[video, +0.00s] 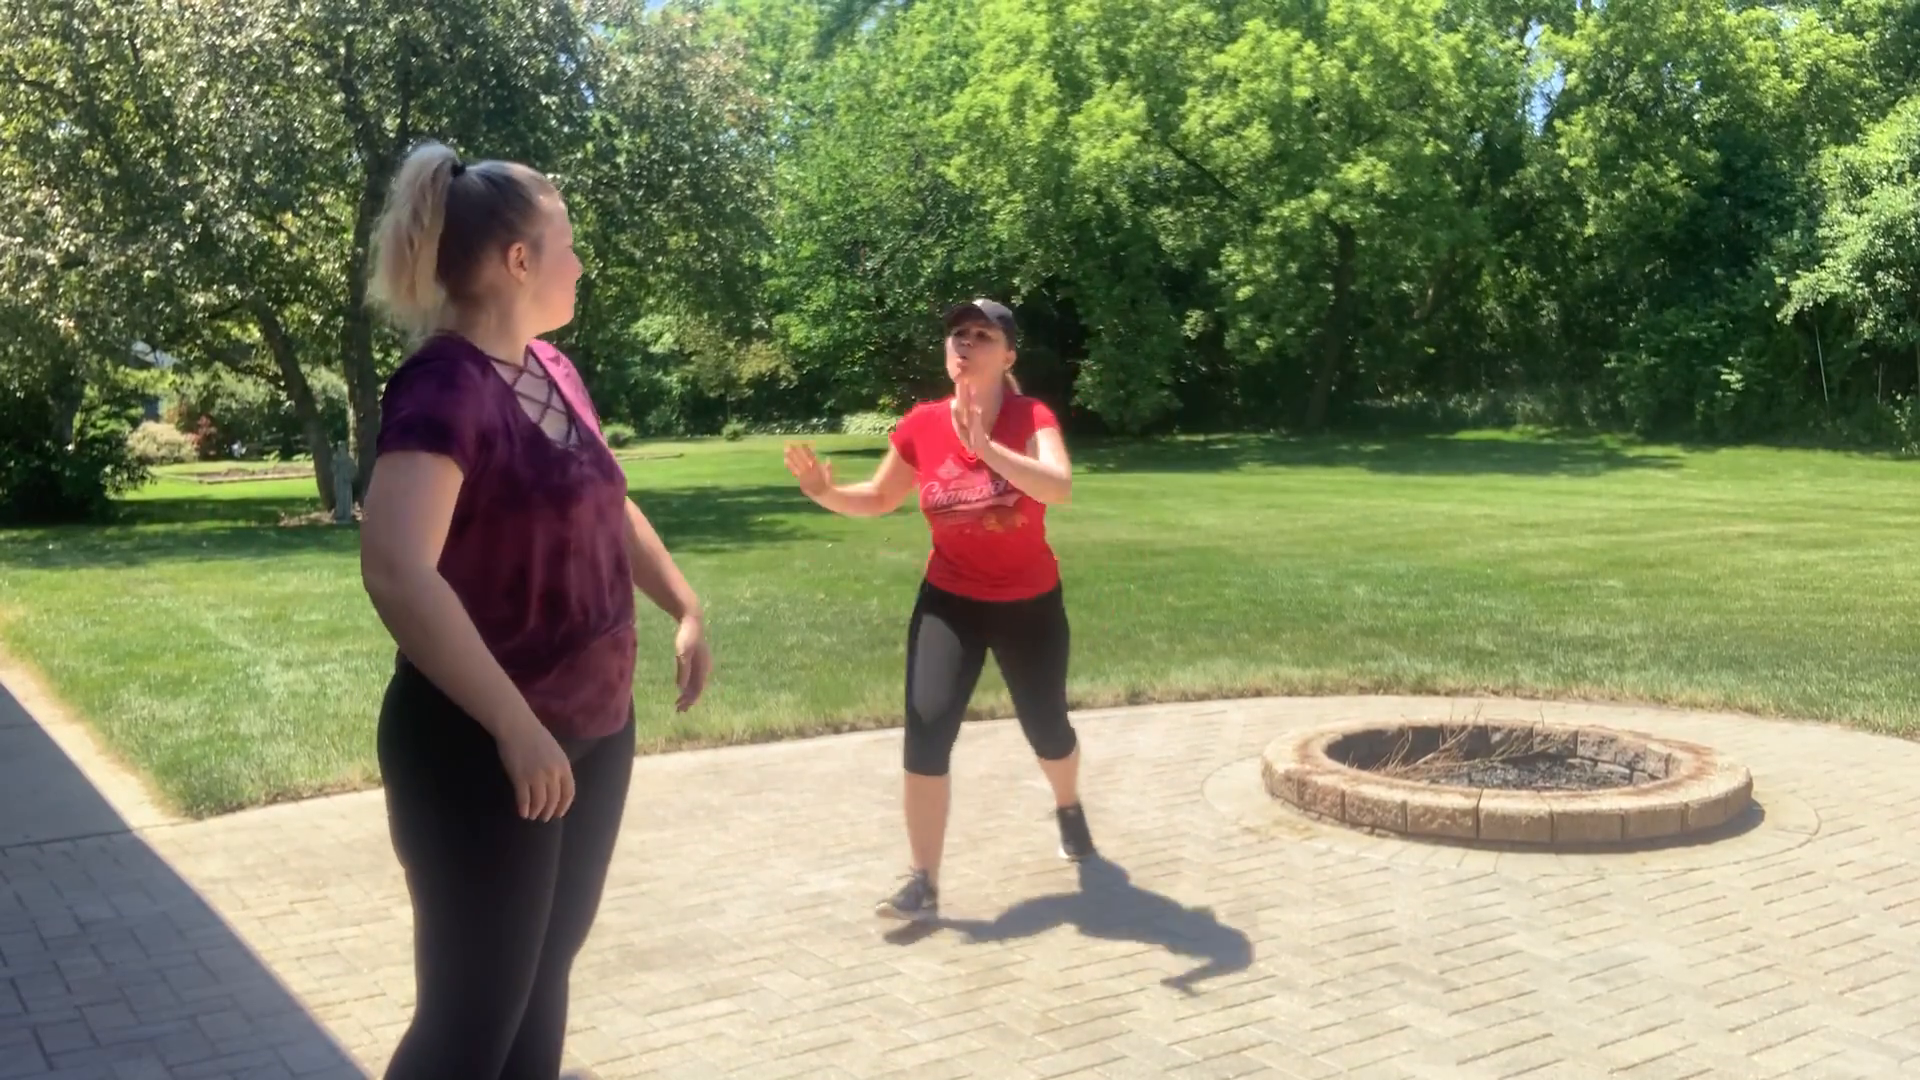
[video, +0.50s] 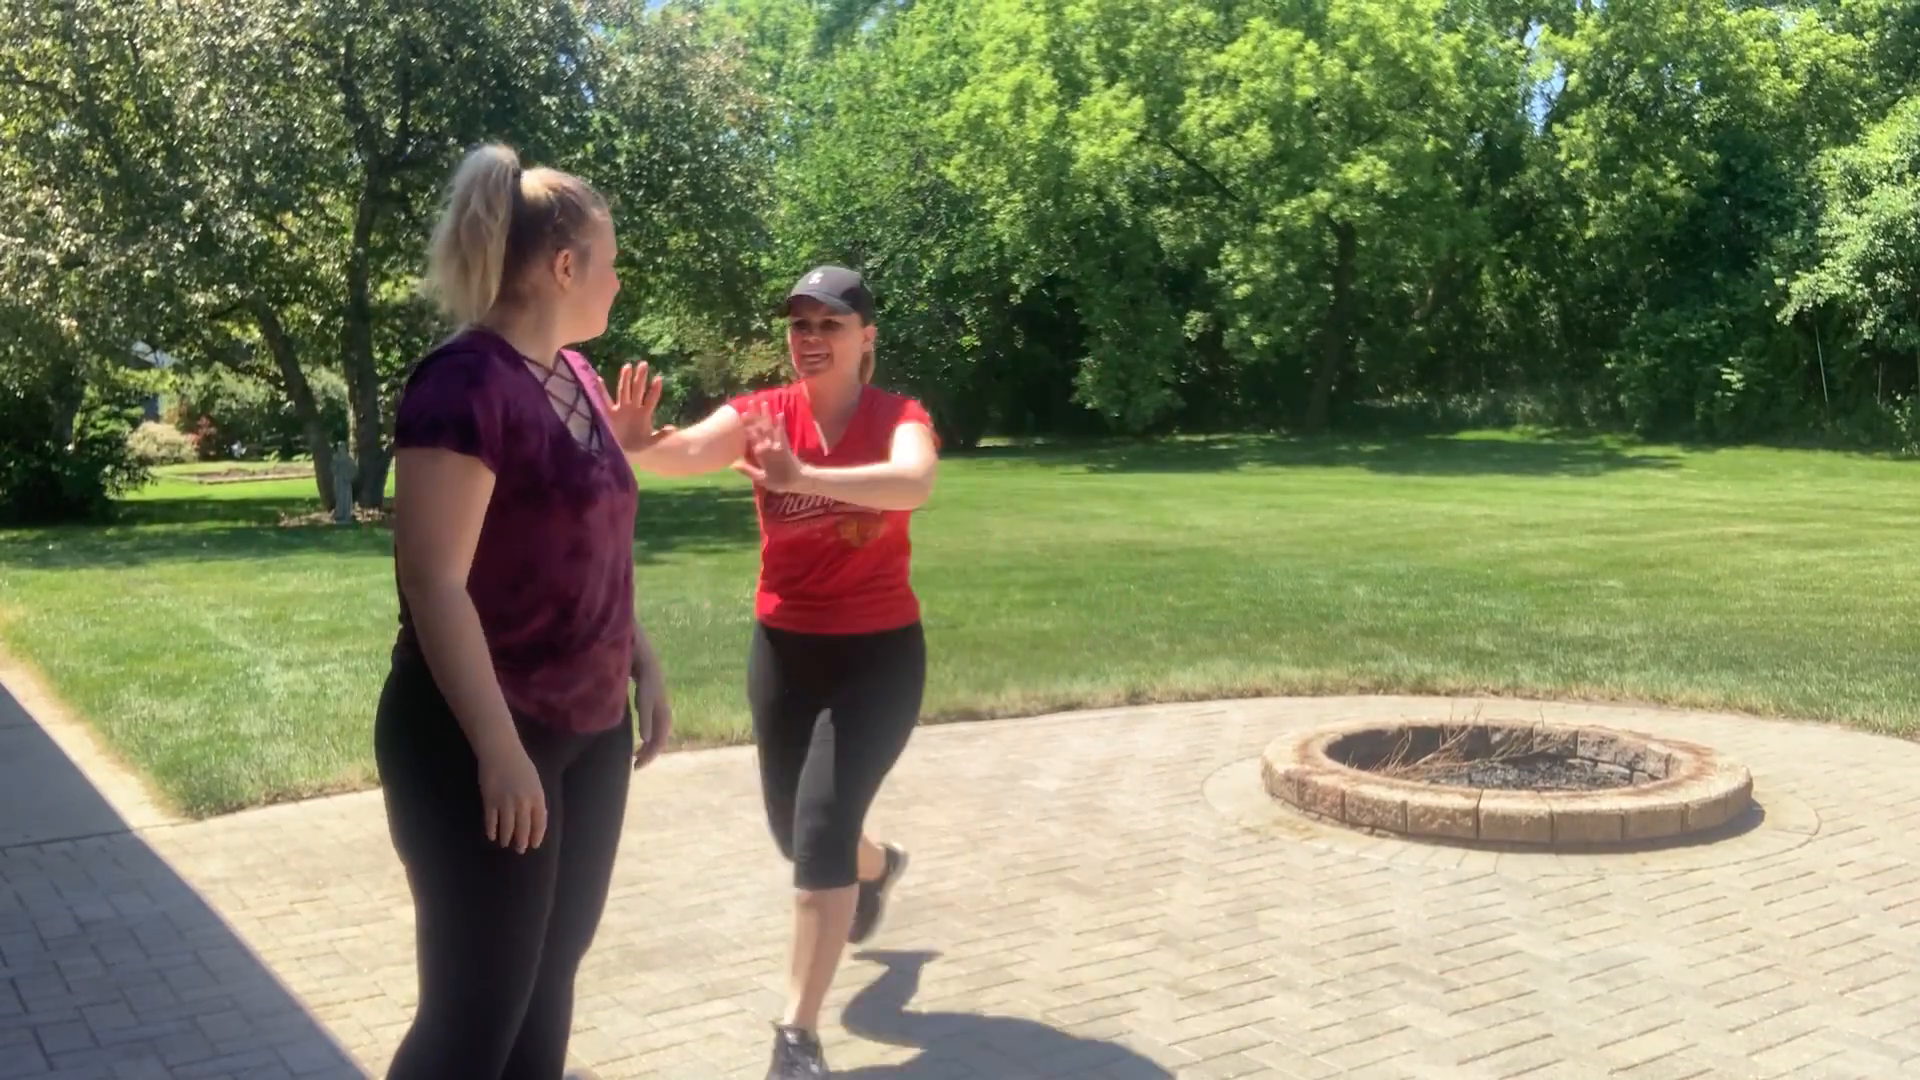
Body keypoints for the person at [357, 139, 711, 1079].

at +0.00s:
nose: (579, 259)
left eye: (572, 240)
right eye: (565, 242)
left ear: (514, 262)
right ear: (517, 261)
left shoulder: (553, 365)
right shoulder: (447, 384)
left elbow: (607, 504)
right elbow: (395, 566)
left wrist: (685, 604)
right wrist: (519, 726)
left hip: (588, 732)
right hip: (482, 744)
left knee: (542, 991)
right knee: (468, 1024)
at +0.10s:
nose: (587, 268)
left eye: (582, 248)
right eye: (576, 250)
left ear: (525, 263)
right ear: (529, 263)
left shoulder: (560, 365)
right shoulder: (446, 386)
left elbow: (614, 497)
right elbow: (397, 569)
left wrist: (697, 594)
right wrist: (516, 726)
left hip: (592, 730)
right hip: (481, 742)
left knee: (546, 989)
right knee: (468, 1025)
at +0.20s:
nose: (594, 273)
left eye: (590, 253)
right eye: (585, 254)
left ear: (533, 265)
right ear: (540, 264)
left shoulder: (565, 368)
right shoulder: (445, 390)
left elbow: (610, 512)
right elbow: (411, 584)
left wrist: (696, 610)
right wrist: (513, 740)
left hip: (592, 735)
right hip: (476, 745)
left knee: (546, 988)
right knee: (470, 1023)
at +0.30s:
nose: (599, 273)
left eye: (596, 254)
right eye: (593, 254)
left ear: (536, 267)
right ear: (554, 263)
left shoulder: (565, 369)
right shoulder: (449, 390)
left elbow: (593, 544)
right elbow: (426, 592)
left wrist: (680, 635)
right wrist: (509, 750)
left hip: (591, 733)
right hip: (478, 742)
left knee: (546, 990)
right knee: (471, 1022)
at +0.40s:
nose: (607, 284)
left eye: (606, 264)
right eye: (602, 263)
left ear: (537, 268)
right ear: (559, 266)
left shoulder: (570, 376)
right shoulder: (456, 387)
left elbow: (585, 557)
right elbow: (433, 592)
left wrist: (656, 665)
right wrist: (507, 755)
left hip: (590, 732)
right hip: (481, 738)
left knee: (546, 998)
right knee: (471, 1022)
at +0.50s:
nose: (618, 281)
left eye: (616, 262)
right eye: (611, 261)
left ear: (556, 267)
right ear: (562, 267)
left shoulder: (573, 375)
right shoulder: (465, 381)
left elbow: (585, 550)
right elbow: (431, 583)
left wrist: (643, 662)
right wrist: (500, 749)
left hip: (585, 730)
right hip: (479, 738)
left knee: (547, 992)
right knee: (472, 1016)